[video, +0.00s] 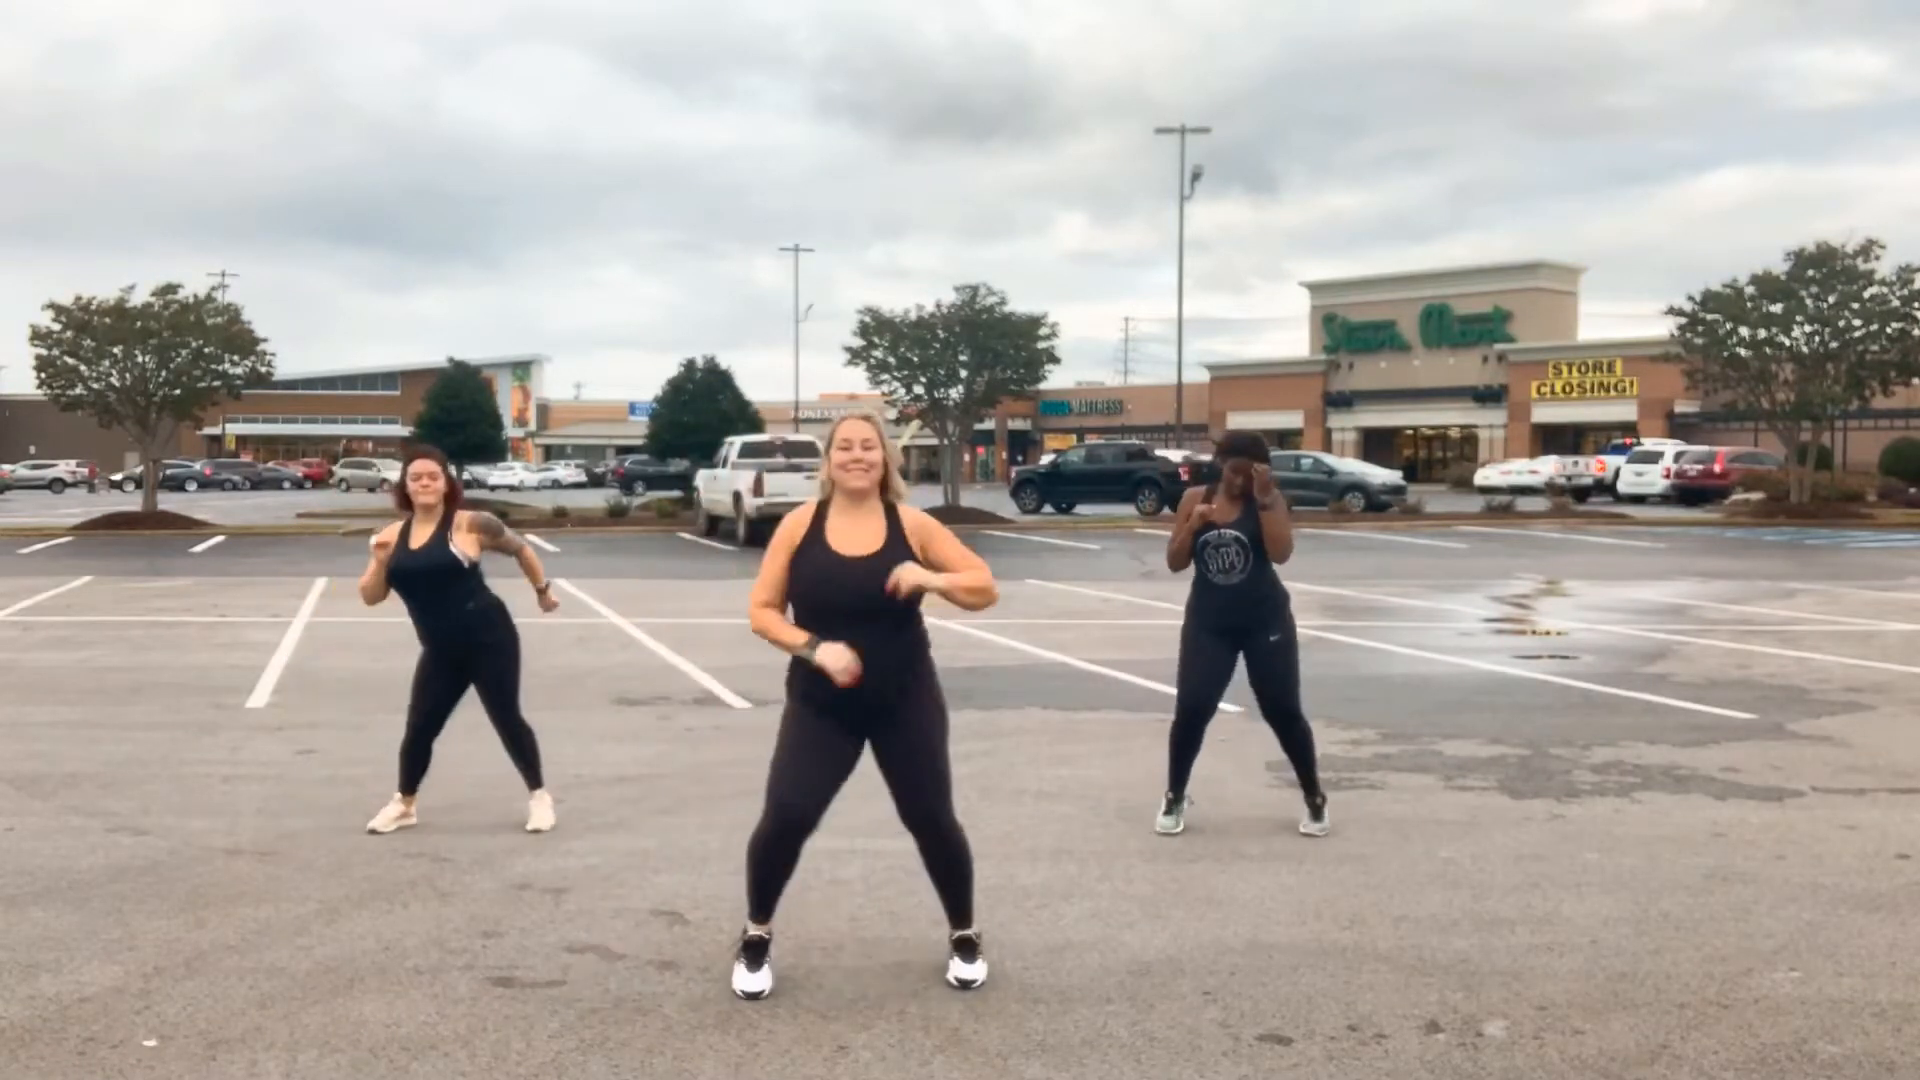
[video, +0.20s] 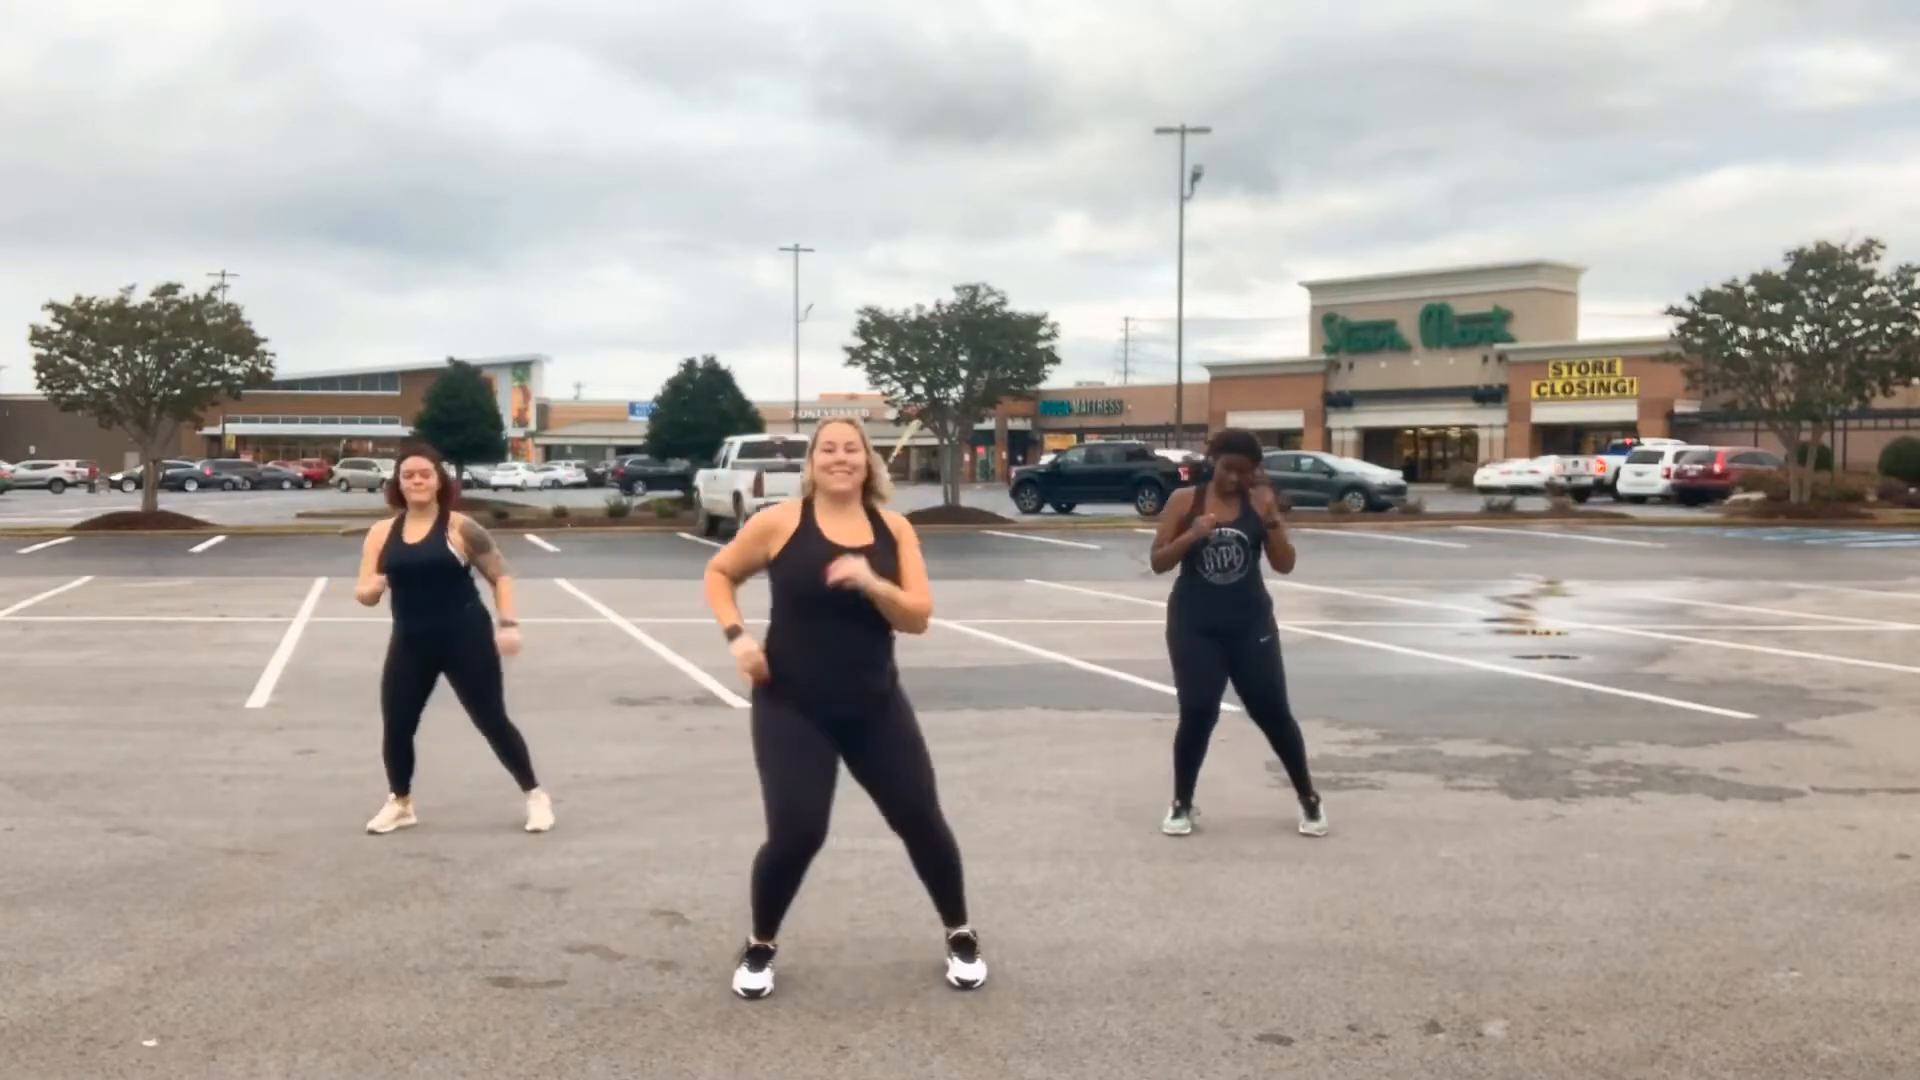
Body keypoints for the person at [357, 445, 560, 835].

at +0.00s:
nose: (424, 484)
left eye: (432, 477)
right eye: (416, 478)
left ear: (446, 485)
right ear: (405, 488)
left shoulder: (472, 524)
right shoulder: (392, 536)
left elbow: (520, 549)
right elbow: (371, 596)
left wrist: (543, 590)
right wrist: (380, 562)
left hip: (489, 639)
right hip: (441, 649)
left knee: (506, 718)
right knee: (419, 728)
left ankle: (539, 795)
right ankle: (404, 803)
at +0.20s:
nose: (416, 481)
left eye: (425, 474)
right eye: (408, 475)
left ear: (439, 481)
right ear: (398, 484)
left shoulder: (461, 527)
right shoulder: (382, 532)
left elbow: (500, 576)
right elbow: (364, 594)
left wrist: (506, 623)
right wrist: (375, 586)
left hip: (465, 640)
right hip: (411, 644)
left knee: (491, 721)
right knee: (396, 727)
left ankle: (534, 794)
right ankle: (400, 803)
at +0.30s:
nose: (410, 477)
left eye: (418, 470)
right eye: (402, 471)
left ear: (434, 477)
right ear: (393, 480)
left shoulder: (455, 526)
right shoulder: (372, 529)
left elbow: (488, 573)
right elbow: (345, 578)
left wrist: (469, 583)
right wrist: (359, 590)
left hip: (453, 640)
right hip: (397, 642)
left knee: (478, 718)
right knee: (394, 728)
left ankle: (519, 792)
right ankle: (399, 801)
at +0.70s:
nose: (377, 477)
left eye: (385, 470)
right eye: (376, 470)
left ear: (412, 476)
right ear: (382, 478)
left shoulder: (445, 521)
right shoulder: (367, 531)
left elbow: (463, 565)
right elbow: (353, 585)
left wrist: (418, 563)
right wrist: (350, 621)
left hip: (432, 642)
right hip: (378, 642)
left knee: (423, 725)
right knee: (374, 726)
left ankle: (432, 800)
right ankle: (395, 798)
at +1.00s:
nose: (371, 471)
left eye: (380, 465)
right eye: (365, 466)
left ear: (401, 474)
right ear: (358, 478)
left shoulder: (427, 519)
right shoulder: (342, 520)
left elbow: (477, 554)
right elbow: (300, 566)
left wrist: (508, 595)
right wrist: (331, 548)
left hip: (412, 639)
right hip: (358, 638)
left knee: (412, 722)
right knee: (326, 716)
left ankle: (430, 798)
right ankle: (307, 794)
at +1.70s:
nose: (402, 467)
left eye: (410, 460)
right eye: (394, 461)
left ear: (424, 468)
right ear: (382, 471)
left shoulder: (441, 514)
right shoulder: (365, 517)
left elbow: (486, 541)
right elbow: (341, 558)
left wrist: (447, 517)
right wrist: (341, 590)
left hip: (429, 633)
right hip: (374, 634)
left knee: (423, 719)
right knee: (380, 723)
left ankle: (432, 799)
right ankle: (396, 796)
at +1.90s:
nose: (406, 474)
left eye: (414, 467)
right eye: (398, 468)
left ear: (429, 475)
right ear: (387, 478)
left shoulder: (450, 520)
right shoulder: (370, 526)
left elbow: (474, 563)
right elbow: (359, 580)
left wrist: (432, 554)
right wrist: (348, 620)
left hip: (433, 641)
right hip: (378, 642)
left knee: (450, 719)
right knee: (388, 724)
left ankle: (443, 794)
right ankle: (399, 800)